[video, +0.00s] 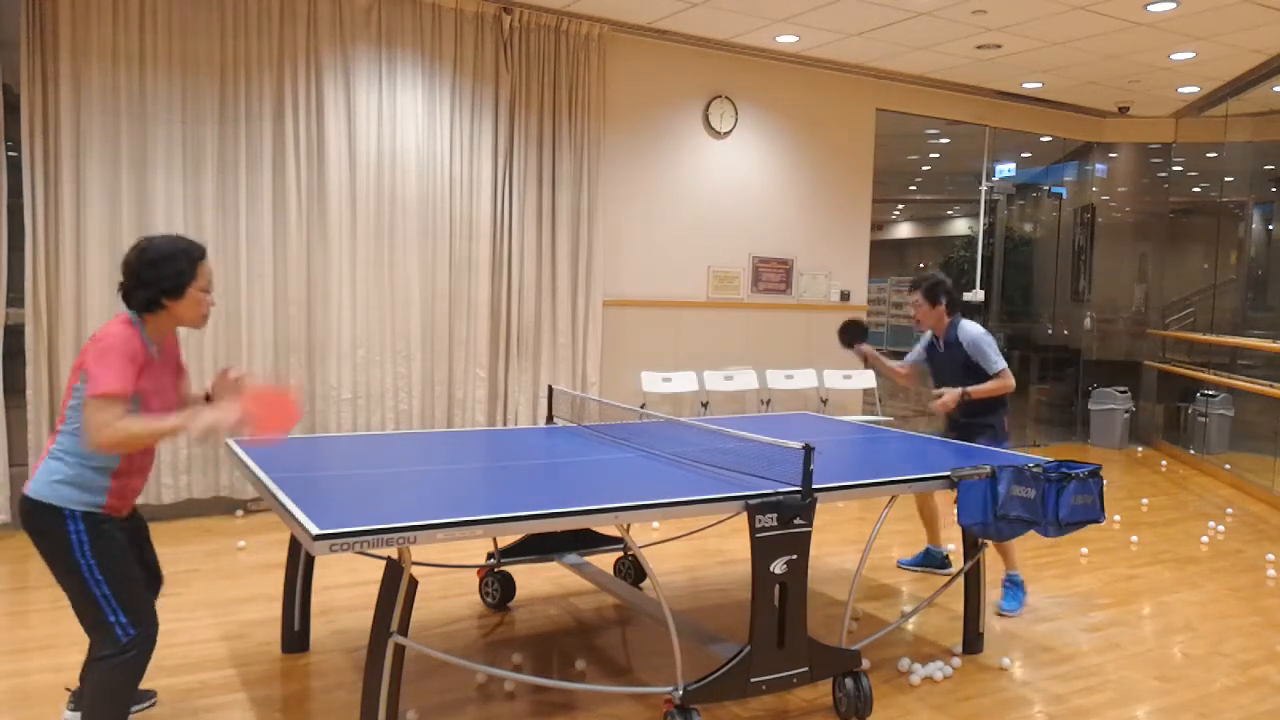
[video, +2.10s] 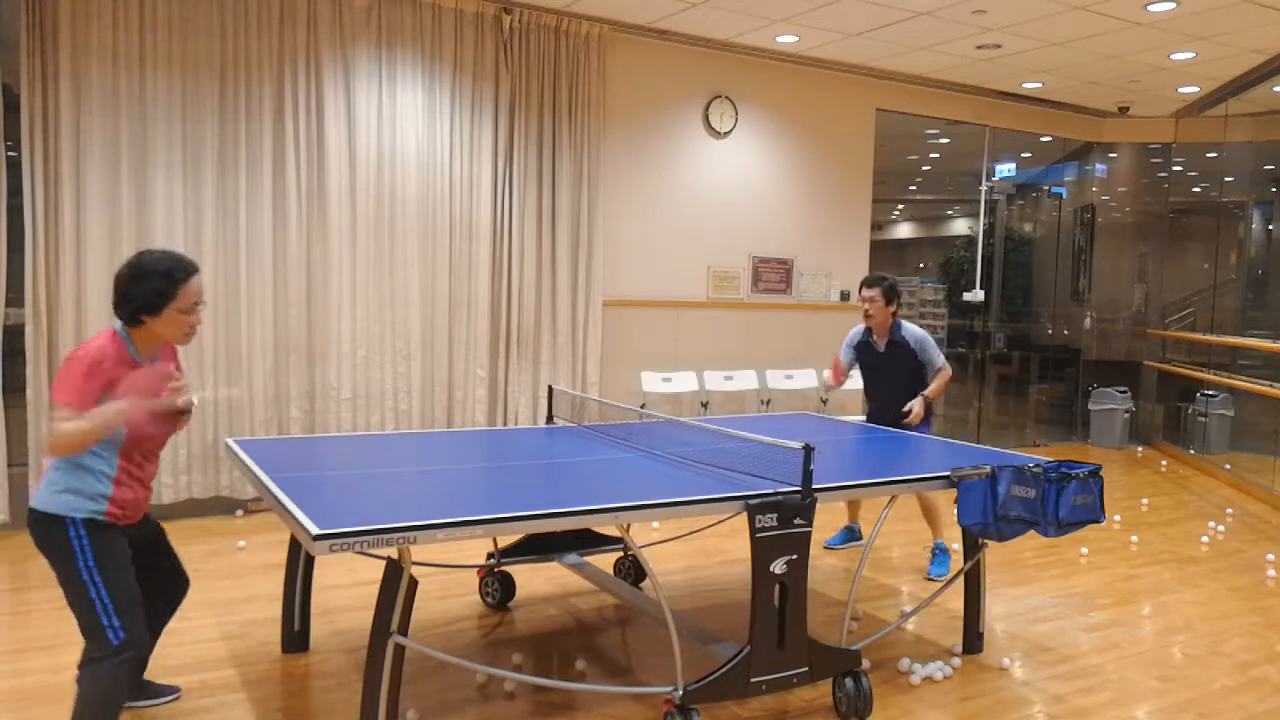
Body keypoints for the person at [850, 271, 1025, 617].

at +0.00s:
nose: (913, 312)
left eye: (918, 305)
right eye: (912, 306)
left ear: (940, 305)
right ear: (933, 307)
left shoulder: (971, 334)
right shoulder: (930, 340)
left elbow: (1007, 382)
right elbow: (903, 375)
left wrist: (961, 393)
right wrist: (872, 356)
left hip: (988, 434)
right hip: (955, 432)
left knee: (985, 506)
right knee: (921, 482)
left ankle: (1013, 578)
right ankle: (936, 552)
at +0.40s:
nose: (915, 308)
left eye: (922, 302)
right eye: (912, 302)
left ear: (944, 305)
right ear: (911, 305)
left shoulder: (969, 338)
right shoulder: (923, 341)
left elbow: (1003, 382)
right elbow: (930, 383)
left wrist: (960, 397)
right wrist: (899, 398)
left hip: (981, 432)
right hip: (948, 430)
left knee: (978, 503)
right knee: (917, 477)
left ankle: (1003, 574)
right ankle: (924, 547)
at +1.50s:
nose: (883, 326)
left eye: (886, 318)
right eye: (882, 319)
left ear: (906, 316)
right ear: (904, 316)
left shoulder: (931, 339)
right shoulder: (920, 341)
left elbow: (973, 378)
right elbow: (931, 386)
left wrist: (933, 405)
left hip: (971, 434)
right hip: (948, 433)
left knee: (978, 504)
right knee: (914, 479)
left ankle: (1006, 577)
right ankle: (924, 545)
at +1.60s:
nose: (873, 319)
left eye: (876, 312)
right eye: (872, 312)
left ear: (897, 312)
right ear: (892, 312)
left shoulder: (924, 333)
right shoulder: (897, 342)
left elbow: (967, 370)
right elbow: (872, 365)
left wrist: (926, 394)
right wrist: (825, 361)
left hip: (965, 431)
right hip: (935, 430)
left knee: (972, 498)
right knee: (904, 478)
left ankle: (995, 572)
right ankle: (922, 544)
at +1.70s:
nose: (869, 303)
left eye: (875, 297)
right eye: (870, 297)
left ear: (896, 299)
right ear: (887, 300)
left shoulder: (923, 324)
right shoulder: (880, 330)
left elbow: (964, 362)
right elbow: (847, 348)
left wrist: (926, 378)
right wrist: (812, 341)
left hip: (945, 419)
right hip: (916, 418)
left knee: (936, 480)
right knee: (893, 473)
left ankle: (969, 548)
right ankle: (920, 539)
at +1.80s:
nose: (870, 297)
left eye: (877, 291)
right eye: (869, 290)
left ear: (898, 294)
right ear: (869, 292)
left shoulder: (923, 323)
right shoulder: (871, 326)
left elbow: (961, 362)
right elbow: (836, 349)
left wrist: (923, 375)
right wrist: (806, 340)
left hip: (928, 416)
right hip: (895, 415)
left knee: (921, 478)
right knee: (873, 469)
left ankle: (937, 548)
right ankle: (894, 526)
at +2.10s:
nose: (865, 307)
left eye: (872, 301)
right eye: (862, 301)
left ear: (892, 306)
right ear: (860, 304)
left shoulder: (915, 336)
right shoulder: (857, 336)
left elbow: (944, 372)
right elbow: (840, 373)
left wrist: (924, 399)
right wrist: (833, 378)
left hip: (913, 425)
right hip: (875, 422)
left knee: (921, 481)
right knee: (851, 470)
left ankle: (939, 546)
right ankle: (852, 527)